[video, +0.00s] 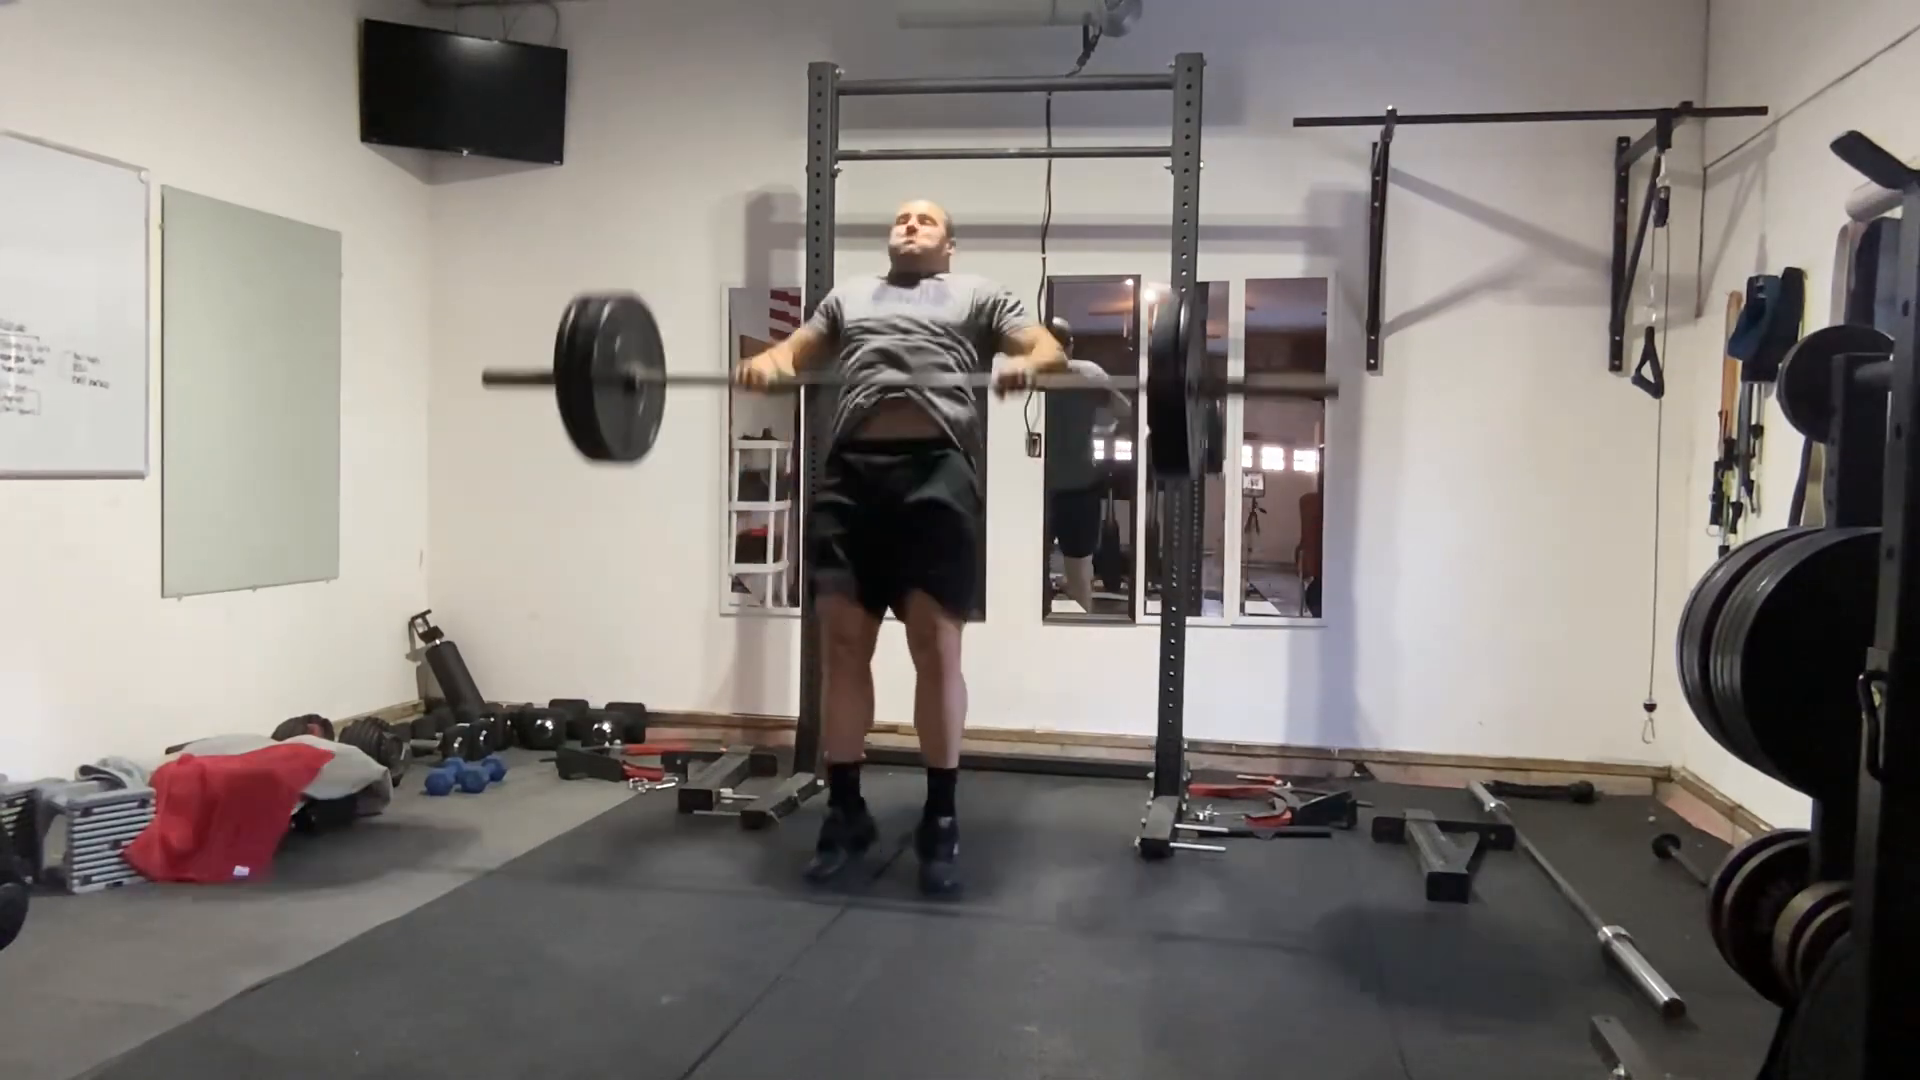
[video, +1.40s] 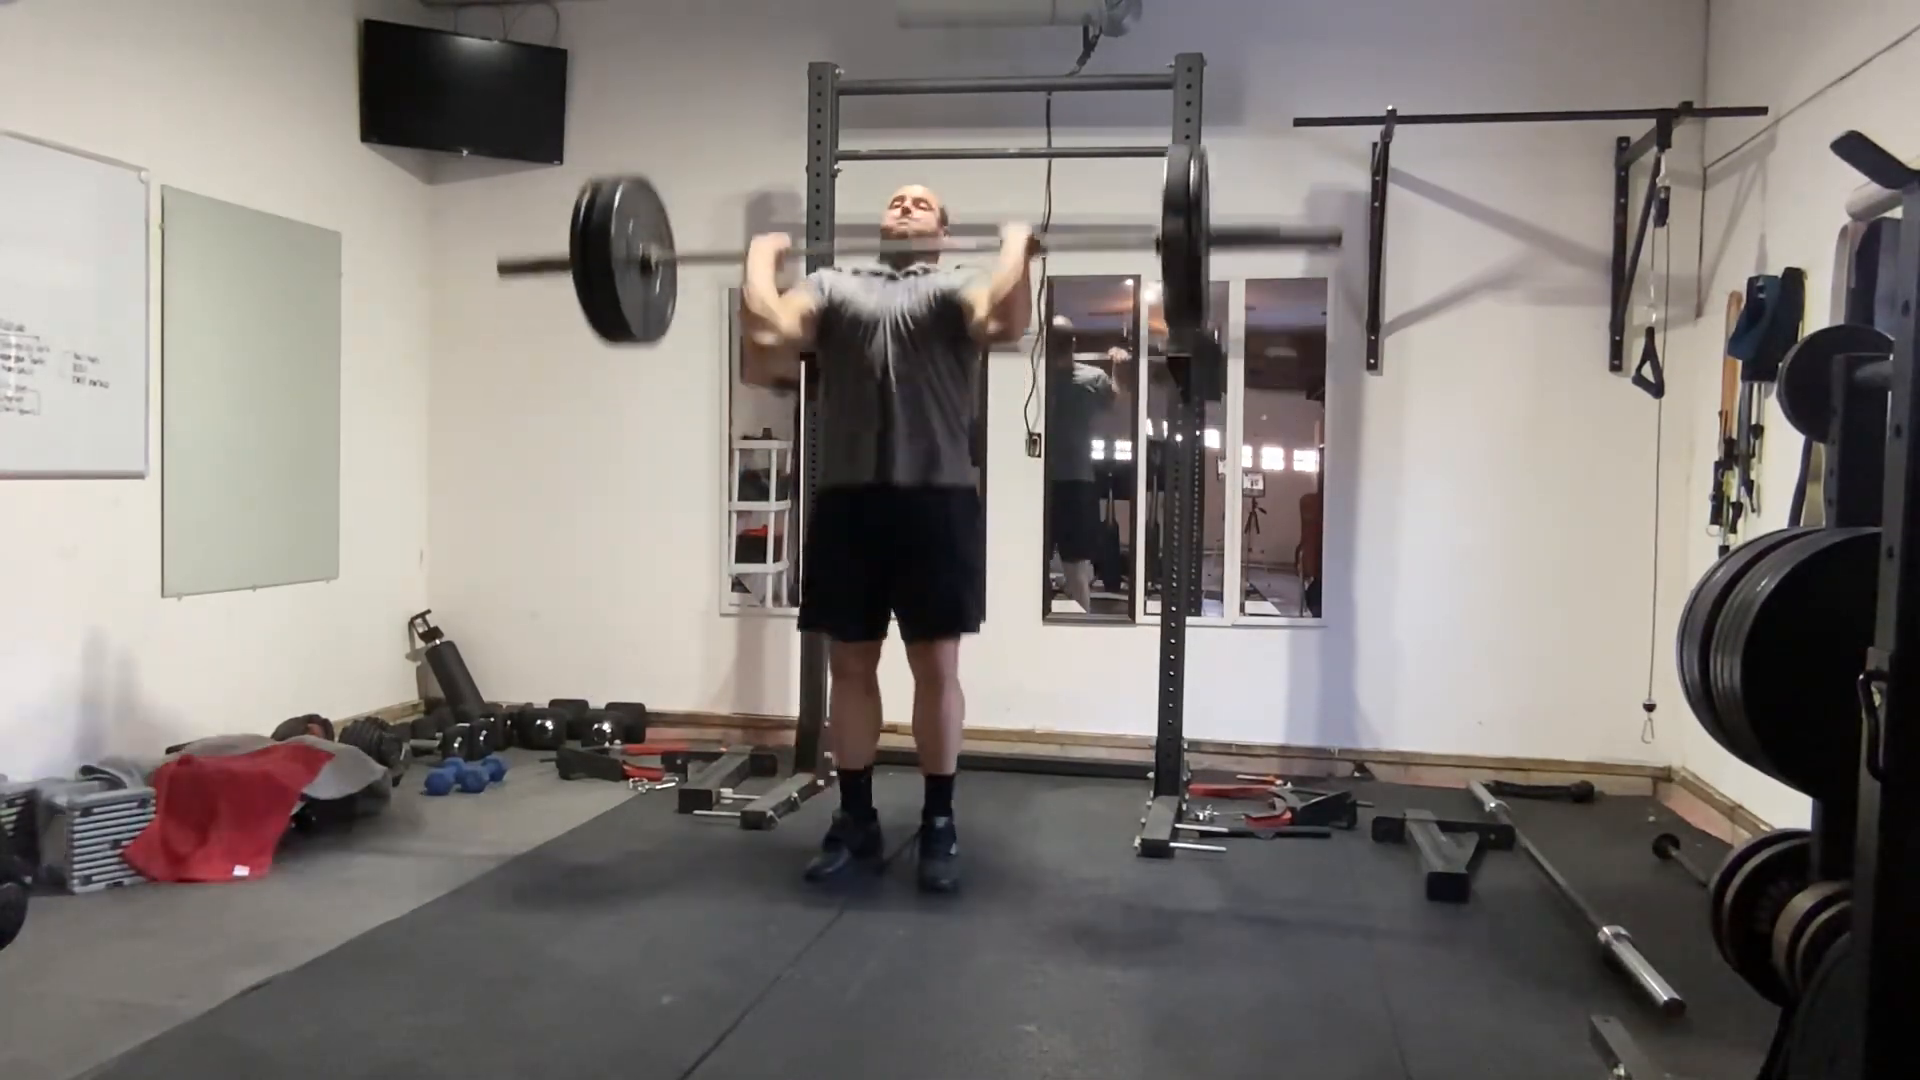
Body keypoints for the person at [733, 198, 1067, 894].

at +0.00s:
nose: (908, 225)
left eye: (923, 221)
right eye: (900, 220)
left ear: (948, 244)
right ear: (886, 243)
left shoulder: (980, 296)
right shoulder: (849, 297)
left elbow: (1050, 347)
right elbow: (794, 352)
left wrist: (1028, 362)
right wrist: (767, 362)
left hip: (935, 473)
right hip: (852, 472)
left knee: (934, 643)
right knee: (842, 643)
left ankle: (941, 819)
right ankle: (844, 812)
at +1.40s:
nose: (902, 207)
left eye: (917, 204)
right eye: (894, 202)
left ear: (942, 232)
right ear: (878, 224)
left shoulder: (956, 290)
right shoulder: (836, 283)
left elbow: (1003, 319)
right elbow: (768, 320)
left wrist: (1017, 242)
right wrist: (760, 251)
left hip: (935, 499)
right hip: (847, 498)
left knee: (934, 664)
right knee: (849, 664)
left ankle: (938, 829)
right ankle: (855, 824)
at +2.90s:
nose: (882, 239)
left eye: (897, 231)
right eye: (873, 231)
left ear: (924, 250)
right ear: (859, 251)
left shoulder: (961, 330)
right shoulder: (822, 331)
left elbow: (1014, 425)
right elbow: (779, 428)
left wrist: (1014, 532)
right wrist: (760, 521)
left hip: (942, 540)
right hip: (845, 539)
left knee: (942, 683)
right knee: (831, 678)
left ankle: (936, 831)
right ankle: (855, 828)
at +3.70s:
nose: (887, 314)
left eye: (902, 305)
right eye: (879, 305)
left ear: (934, 321)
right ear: (868, 320)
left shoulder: (959, 389)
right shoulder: (836, 392)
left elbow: (988, 439)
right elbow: (772, 433)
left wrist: (990, 360)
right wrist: (783, 357)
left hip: (951, 585)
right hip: (846, 583)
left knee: (990, 721)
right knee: (768, 704)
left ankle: (968, 836)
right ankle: (834, 830)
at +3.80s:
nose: (889, 287)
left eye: (905, 277)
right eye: (881, 276)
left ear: (935, 295)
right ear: (869, 294)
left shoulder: (955, 367)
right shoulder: (837, 372)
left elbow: (985, 406)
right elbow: (775, 404)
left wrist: (989, 337)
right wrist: (783, 333)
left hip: (949, 565)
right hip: (846, 563)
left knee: (985, 703)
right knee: (781, 690)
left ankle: (968, 836)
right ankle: (834, 830)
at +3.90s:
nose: (894, 237)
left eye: (911, 228)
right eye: (886, 227)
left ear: (937, 248)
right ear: (873, 244)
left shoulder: (957, 323)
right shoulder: (837, 328)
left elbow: (991, 371)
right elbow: (771, 367)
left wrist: (995, 296)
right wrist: (781, 287)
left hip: (947, 534)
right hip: (849, 532)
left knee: (966, 678)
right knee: (809, 669)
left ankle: (967, 835)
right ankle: (836, 830)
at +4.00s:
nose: (898, 204)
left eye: (914, 198)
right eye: (889, 197)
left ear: (940, 226)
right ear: (875, 223)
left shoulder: (960, 302)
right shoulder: (834, 307)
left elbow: (1017, 367)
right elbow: (763, 379)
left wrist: (1010, 270)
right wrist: (763, 295)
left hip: (943, 511)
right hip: (849, 510)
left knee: (945, 663)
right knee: (844, 664)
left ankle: (954, 829)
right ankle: (847, 826)